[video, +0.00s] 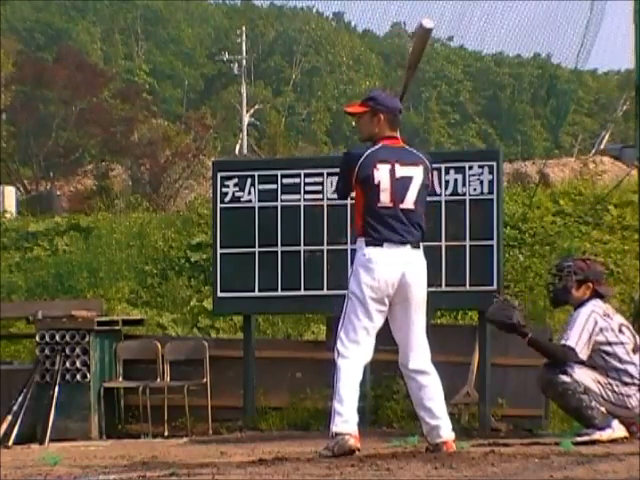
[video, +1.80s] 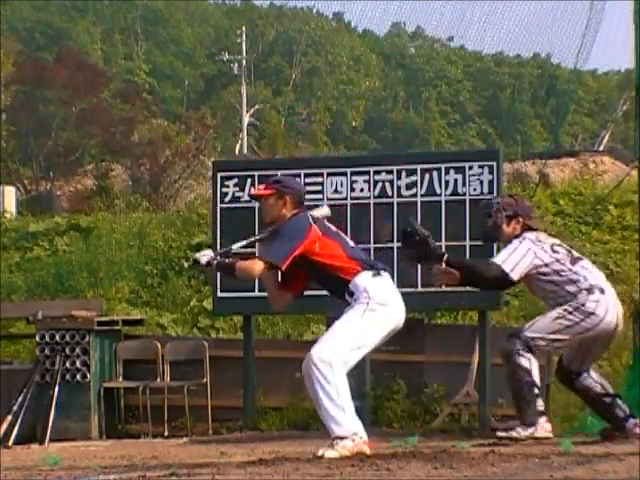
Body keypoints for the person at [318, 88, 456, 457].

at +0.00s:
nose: (357, 123)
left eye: (362, 118)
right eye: (358, 117)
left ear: (380, 120)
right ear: (391, 122)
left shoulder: (358, 157)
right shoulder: (421, 160)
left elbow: (341, 192)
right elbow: (417, 194)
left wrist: (377, 169)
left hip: (375, 260)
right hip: (414, 261)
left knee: (352, 348)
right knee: (417, 354)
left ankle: (344, 432)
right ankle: (442, 435)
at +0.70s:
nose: (349, 124)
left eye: (353, 119)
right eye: (350, 118)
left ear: (372, 121)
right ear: (379, 123)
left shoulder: (359, 156)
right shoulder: (409, 157)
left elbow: (328, 203)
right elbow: (379, 196)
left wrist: (342, 162)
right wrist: (355, 159)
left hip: (378, 260)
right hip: (412, 260)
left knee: (346, 352)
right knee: (411, 357)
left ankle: (348, 435)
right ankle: (442, 436)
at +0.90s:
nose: (331, 123)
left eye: (336, 117)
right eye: (332, 117)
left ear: (355, 120)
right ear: (357, 122)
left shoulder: (357, 154)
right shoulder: (381, 156)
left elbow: (343, 219)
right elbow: (349, 207)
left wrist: (324, 214)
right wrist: (319, 182)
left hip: (370, 257)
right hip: (397, 257)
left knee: (340, 352)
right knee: (380, 357)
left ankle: (346, 437)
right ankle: (429, 426)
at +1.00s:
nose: (320, 122)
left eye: (325, 116)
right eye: (320, 117)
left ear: (345, 120)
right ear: (346, 121)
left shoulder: (351, 153)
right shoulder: (362, 155)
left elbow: (360, 217)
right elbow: (328, 215)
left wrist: (328, 229)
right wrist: (289, 190)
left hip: (370, 257)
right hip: (390, 257)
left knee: (340, 350)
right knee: (358, 350)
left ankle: (346, 437)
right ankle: (400, 423)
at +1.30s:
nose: (289, 152)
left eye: (294, 146)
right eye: (289, 146)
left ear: (314, 149)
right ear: (309, 150)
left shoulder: (328, 179)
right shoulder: (321, 185)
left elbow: (353, 229)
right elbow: (309, 246)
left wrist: (312, 247)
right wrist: (266, 233)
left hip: (374, 275)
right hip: (365, 277)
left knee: (333, 353)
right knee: (324, 357)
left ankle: (352, 438)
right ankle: (349, 437)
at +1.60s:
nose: (268, 188)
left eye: (273, 182)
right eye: (269, 182)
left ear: (293, 185)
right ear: (295, 186)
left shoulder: (307, 210)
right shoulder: (313, 213)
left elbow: (305, 257)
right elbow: (295, 287)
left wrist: (260, 267)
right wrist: (258, 271)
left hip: (376, 292)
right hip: (376, 293)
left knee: (324, 358)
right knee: (321, 360)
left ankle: (350, 437)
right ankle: (351, 436)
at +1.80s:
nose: (261, 206)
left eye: (265, 199)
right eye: (261, 200)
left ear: (285, 201)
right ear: (286, 202)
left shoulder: (299, 225)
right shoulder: (309, 233)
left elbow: (254, 269)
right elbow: (279, 300)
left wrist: (218, 262)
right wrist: (264, 263)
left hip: (376, 299)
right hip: (374, 301)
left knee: (322, 360)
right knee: (316, 364)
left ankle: (350, 437)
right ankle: (350, 437)